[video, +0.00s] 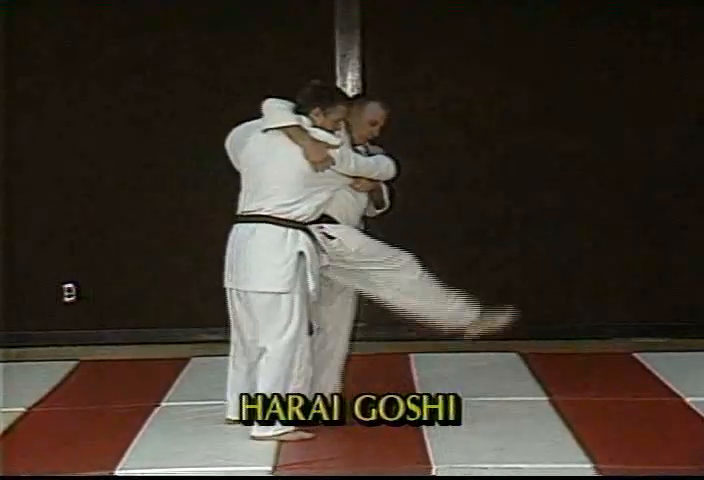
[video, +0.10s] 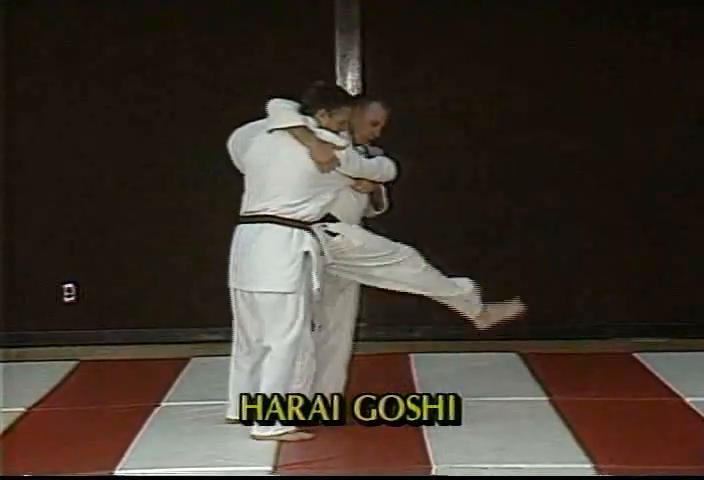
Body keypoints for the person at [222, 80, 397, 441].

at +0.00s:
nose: (341, 128)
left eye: (342, 120)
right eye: (338, 119)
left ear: (299, 113)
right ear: (317, 114)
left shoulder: (253, 138)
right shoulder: (324, 149)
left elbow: (234, 136)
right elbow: (379, 169)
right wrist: (386, 163)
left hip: (239, 244)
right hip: (278, 248)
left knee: (246, 337)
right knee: (282, 336)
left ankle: (239, 410)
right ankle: (269, 421)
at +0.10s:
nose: (346, 129)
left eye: (347, 121)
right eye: (343, 120)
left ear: (308, 114)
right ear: (324, 115)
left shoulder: (259, 137)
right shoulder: (329, 148)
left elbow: (236, 139)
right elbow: (378, 172)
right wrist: (388, 165)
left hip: (244, 243)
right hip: (283, 247)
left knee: (249, 338)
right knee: (286, 337)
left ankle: (242, 412)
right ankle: (270, 421)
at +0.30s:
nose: (379, 136)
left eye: (383, 130)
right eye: (377, 127)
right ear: (358, 118)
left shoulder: (364, 156)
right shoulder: (328, 129)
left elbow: (372, 210)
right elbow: (295, 106)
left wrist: (372, 198)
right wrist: (331, 144)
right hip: (326, 235)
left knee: (327, 322)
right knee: (392, 302)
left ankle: (324, 398)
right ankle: (427, 379)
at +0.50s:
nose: (384, 148)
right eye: (378, 141)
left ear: (328, 118)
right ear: (364, 130)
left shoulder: (297, 134)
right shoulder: (365, 158)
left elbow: (256, 149)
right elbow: (389, 201)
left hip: (254, 235)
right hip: (299, 244)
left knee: (252, 326)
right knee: (298, 336)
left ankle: (236, 390)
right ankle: (278, 417)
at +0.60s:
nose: (399, 166)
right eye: (400, 159)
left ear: (349, 126)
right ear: (377, 143)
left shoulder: (313, 133)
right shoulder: (374, 169)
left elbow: (268, 148)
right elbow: (392, 221)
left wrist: (297, 166)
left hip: (256, 224)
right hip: (296, 241)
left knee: (232, 311)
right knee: (287, 332)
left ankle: (198, 373)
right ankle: (274, 415)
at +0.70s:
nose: (405, 177)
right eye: (405, 169)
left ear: (370, 134)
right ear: (392, 151)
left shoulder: (328, 137)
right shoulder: (384, 182)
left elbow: (281, 148)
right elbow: (393, 231)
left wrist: (302, 175)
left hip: (255, 221)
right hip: (292, 242)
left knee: (211, 299)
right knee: (282, 329)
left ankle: (156, 361)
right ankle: (270, 415)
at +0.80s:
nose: (409, 177)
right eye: (410, 170)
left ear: (372, 137)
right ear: (398, 154)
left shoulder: (334, 137)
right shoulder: (388, 182)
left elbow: (287, 146)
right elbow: (395, 234)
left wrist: (308, 176)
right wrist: (378, 225)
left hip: (259, 214)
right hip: (295, 237)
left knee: (203, 282)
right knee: (286, 324)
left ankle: (126, 340)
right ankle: (268, 413)